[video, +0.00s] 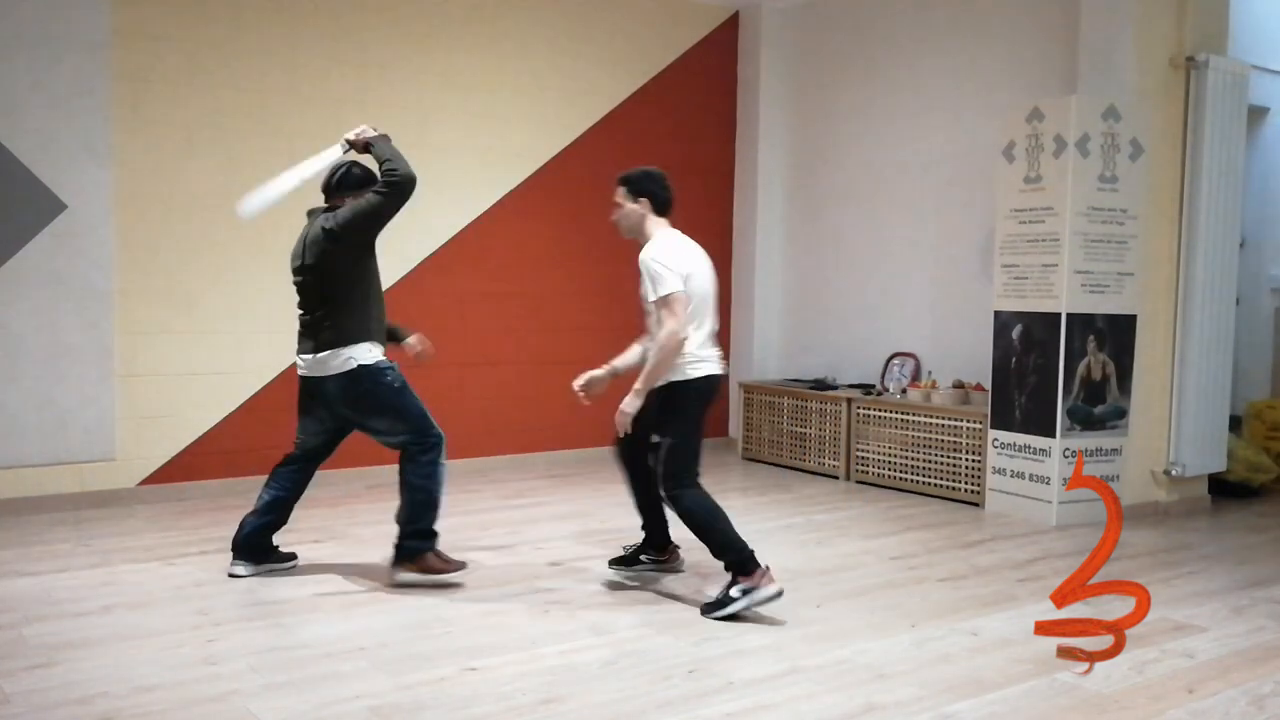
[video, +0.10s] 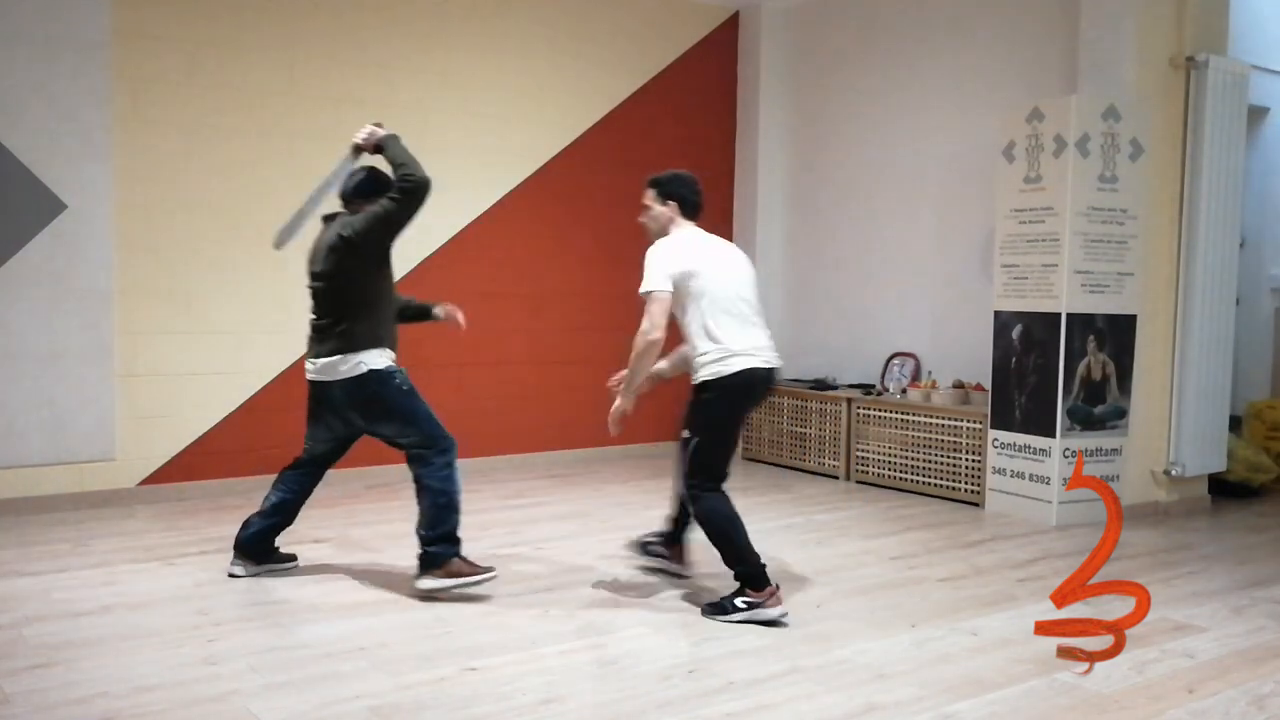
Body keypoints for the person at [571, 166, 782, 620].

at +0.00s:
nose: (613, 215)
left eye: (618, 205)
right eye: (614, 206)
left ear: (643, 206)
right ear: (650, 207)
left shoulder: (657, 254)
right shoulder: (683, 248)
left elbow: (674, 333)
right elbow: (655, 335)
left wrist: (637, 394)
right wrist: (608, 371)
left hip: (687, 380)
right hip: (685, 376)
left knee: (677, 482)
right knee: (632, 443)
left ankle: (751, 574)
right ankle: (658, 545)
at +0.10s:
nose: (641, 217)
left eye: (646, 208)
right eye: (642, 208)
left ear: (670, 209)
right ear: (681, 211)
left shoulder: (666, 251)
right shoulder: (727, 250)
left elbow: (653, 332)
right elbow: (709, 337)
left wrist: (629, 394)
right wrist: (646, 372)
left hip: (723, 373)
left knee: (702, 484)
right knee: (694, 444)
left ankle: (758, 589)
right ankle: (673, 540)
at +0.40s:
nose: (772, 217)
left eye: (779, 207)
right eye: (772, 207)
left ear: (807, 209)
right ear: (814, 209)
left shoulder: (784, 254)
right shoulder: (862, 260)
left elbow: (740, 330)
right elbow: (866, 334)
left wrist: (705, 391)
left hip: (810, 398)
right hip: (869, 396)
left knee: (749, 480)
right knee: (927, 483)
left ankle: (754, 594)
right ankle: (1013, 567)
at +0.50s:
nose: (833, 217)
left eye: (839, 209)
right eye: (834, 208)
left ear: (865, 209)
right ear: (881, 211)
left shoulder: (840, 254)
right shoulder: (928, 259)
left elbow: (804, 336)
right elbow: (958, 347)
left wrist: (772, 391)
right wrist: (952, 387)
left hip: (869, 396)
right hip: (933, 396)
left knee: (804, 483)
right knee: (1000, 485)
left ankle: (759, 591)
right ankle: (1077, 579)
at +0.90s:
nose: (1007, 252)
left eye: (1014, 242)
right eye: (1007, 242)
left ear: (1043, 243)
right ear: (1051, 245)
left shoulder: (1026, 283)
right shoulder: (1101, 293)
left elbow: (1010, 370)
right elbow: (1088, 367)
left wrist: (961, 426)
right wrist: (1004, 392)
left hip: (1039, 422)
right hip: (1095, 424)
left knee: (952, 473)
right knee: (1087, 504)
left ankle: (1006, 577)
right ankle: (1147, 600)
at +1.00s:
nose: (1005, 251)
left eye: (1011, 242)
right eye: (1005, 242)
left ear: (1039, 242)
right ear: (1048, 244)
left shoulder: (1023, 283)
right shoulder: (1102, 287)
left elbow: (994, 367)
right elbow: (1082, 372)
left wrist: (931, 418)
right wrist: (1003, 398)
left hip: (1043, 415)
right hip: (1099, 421)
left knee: (952, 462)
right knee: (1100, 506)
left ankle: (969, 567)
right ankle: (1148, 603)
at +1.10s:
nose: (986, 249)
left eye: (992, 239)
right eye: (986, 239)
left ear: (1020, 237)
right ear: (1032, 239)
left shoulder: (1008, 278)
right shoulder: (1086, 277)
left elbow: (968, 350)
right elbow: (1074, 362)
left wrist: (909, 387)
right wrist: (1000, 384)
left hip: (1033, 409)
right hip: (1091, 412)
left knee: (949, 459)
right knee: (1103, 504)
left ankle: (934, 552)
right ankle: (1147, 600)